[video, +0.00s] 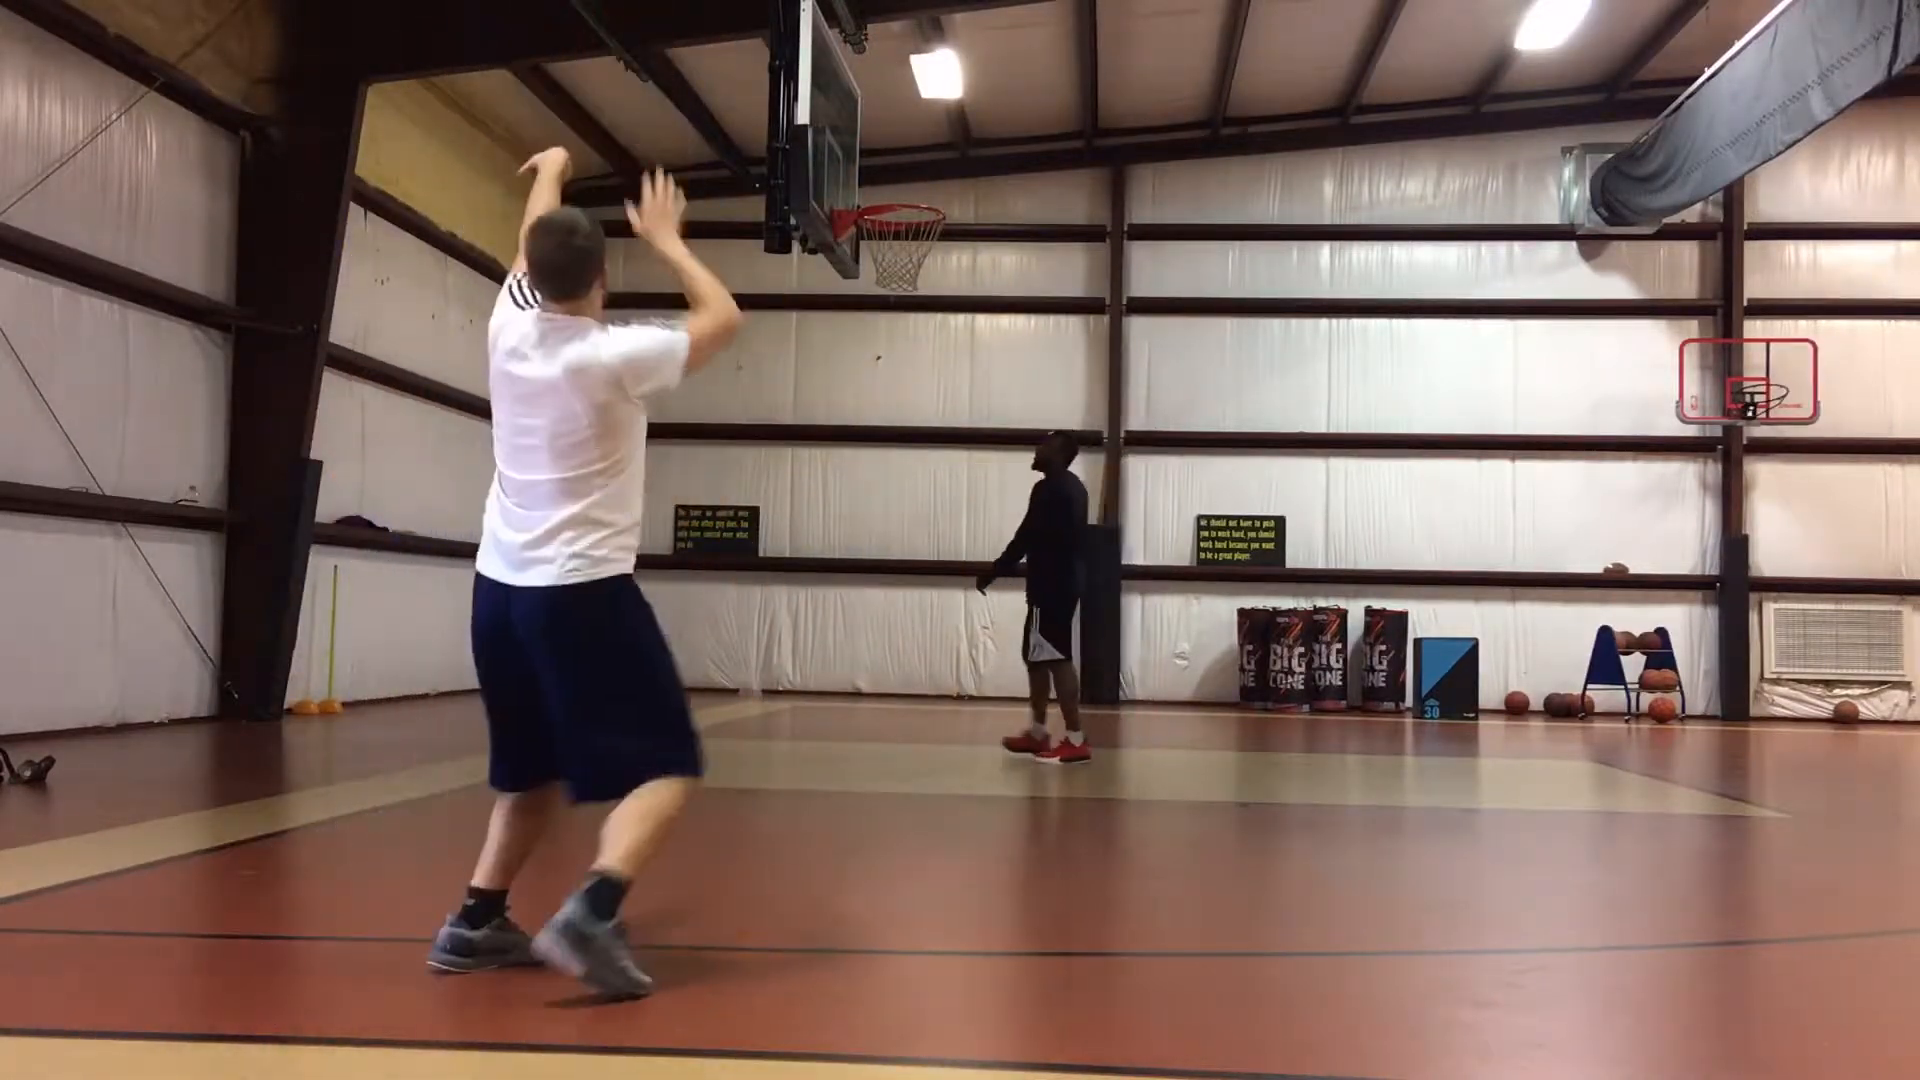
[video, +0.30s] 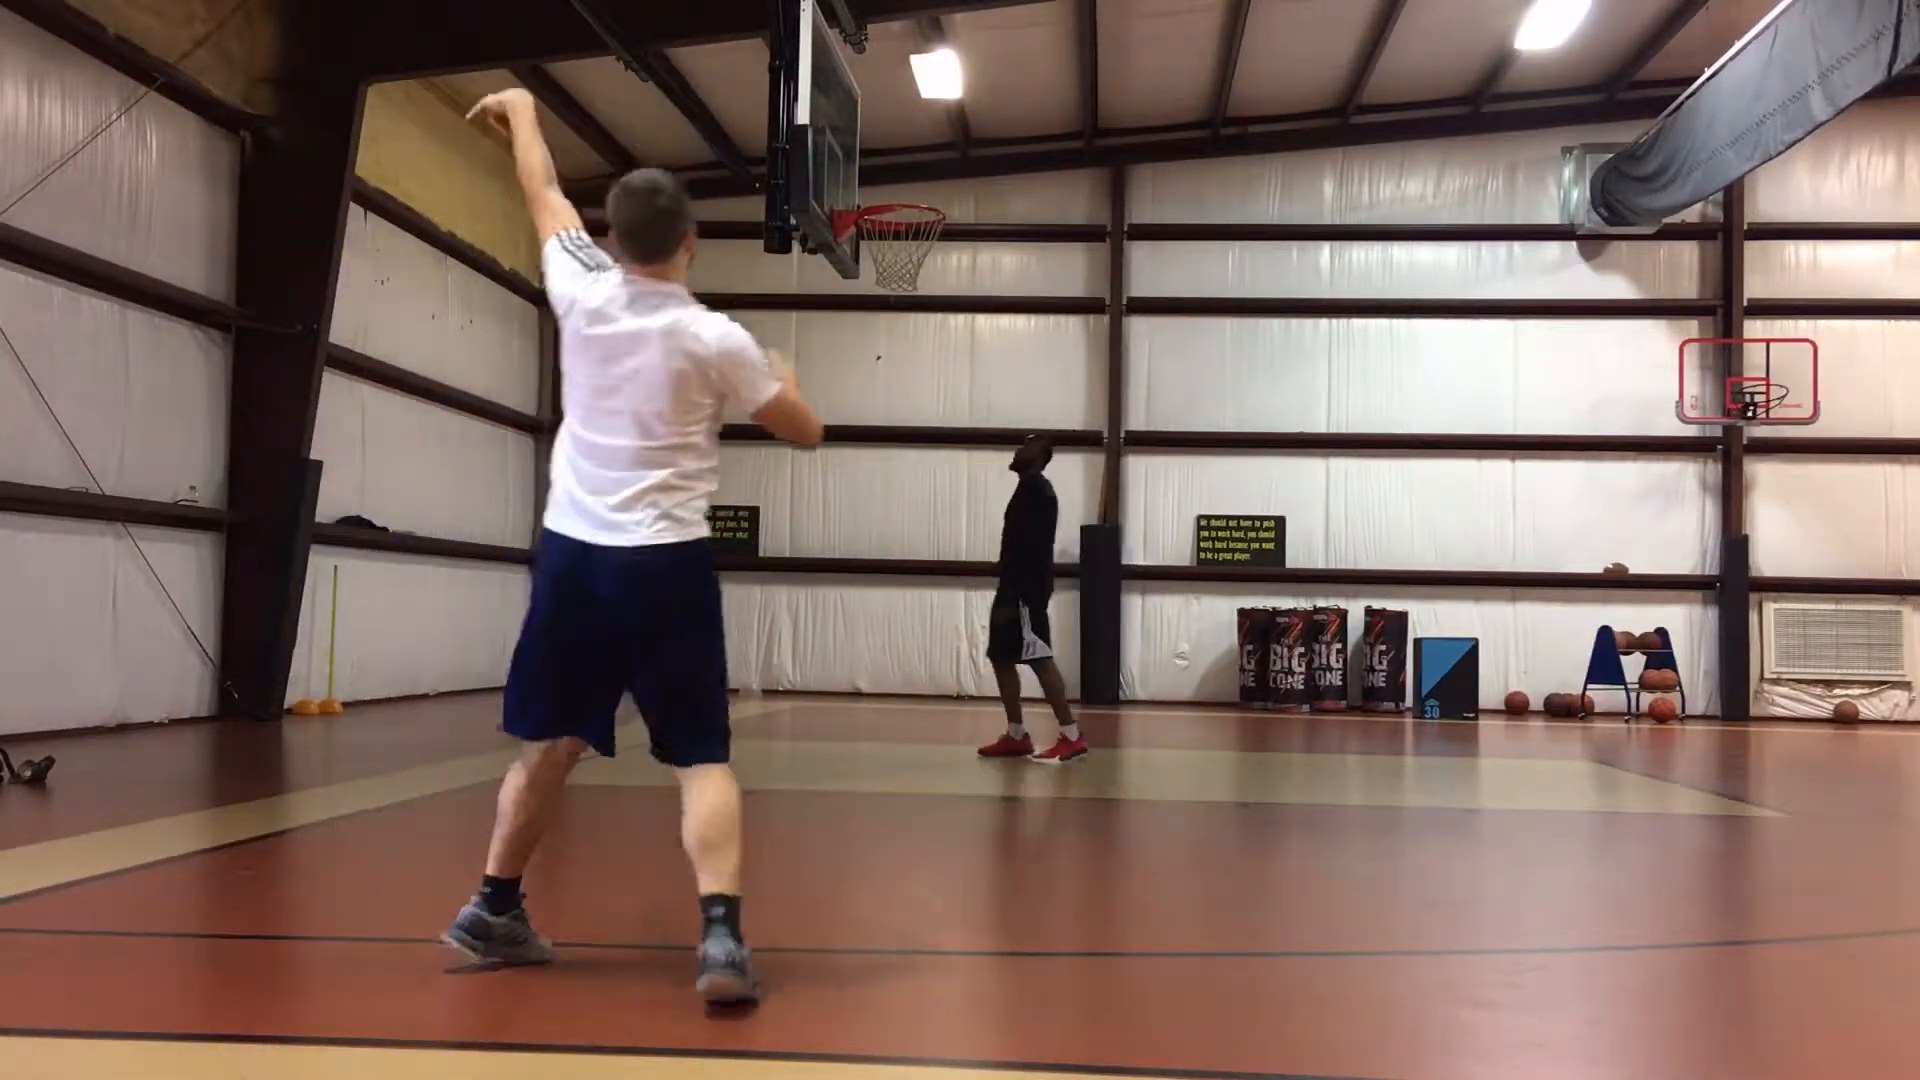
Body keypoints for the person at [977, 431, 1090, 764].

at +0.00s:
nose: (1037, 448)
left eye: (1044, 444)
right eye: (1041, 443)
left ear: (1059, 454)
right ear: (1063, 455)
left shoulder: (1047, 489)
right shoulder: (1073, 487)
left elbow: (1025, 537)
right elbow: (1068, 543)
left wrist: (992, 571)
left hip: (1053, 588)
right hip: (1060, 586)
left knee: (1059, 660)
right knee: (1037, 658)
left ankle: (1075, 740)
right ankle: (1037, 733)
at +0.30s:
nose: (1018, 449)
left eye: (1027, 446)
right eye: (1021, 444)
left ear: (1040, 457)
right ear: (1026, 456)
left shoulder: (1038, 492)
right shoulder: (1026, 490)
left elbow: (1033, 549)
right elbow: (1020, 546)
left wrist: (1024, 594)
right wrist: (1007, 586)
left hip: (1029, 590)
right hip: (1010, 588)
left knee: (1040, 659)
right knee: (1001, 658)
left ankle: (1071, 734)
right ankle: (1016, 735)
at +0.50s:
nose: (997, 452)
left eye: (1006, 448)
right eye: (999, 448)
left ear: (1020, 456)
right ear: (1005, 456)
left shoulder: (1024, 488)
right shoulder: (1002, 491)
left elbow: (1040, 541)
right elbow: (990, 546)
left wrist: (1045, 590)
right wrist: (966, 589)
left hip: (1014, 583)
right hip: (1001, 582)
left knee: (995, 651)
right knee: (1000, 655)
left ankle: (1047, 718)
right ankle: (1016, 734)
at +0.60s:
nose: (989, 450)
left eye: (997, 446)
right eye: (991, 445)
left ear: (1011, 455)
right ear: (999, 456)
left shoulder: (1023, 487)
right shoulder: (989, 491)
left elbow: (1042, 537)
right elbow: (979, 546)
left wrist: (1050, 587)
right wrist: (953, 588)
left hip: (1012, 581)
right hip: (993, 580)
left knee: (980, 646)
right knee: (1002, 655)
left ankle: (1021, 722)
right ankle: (1016, 732)